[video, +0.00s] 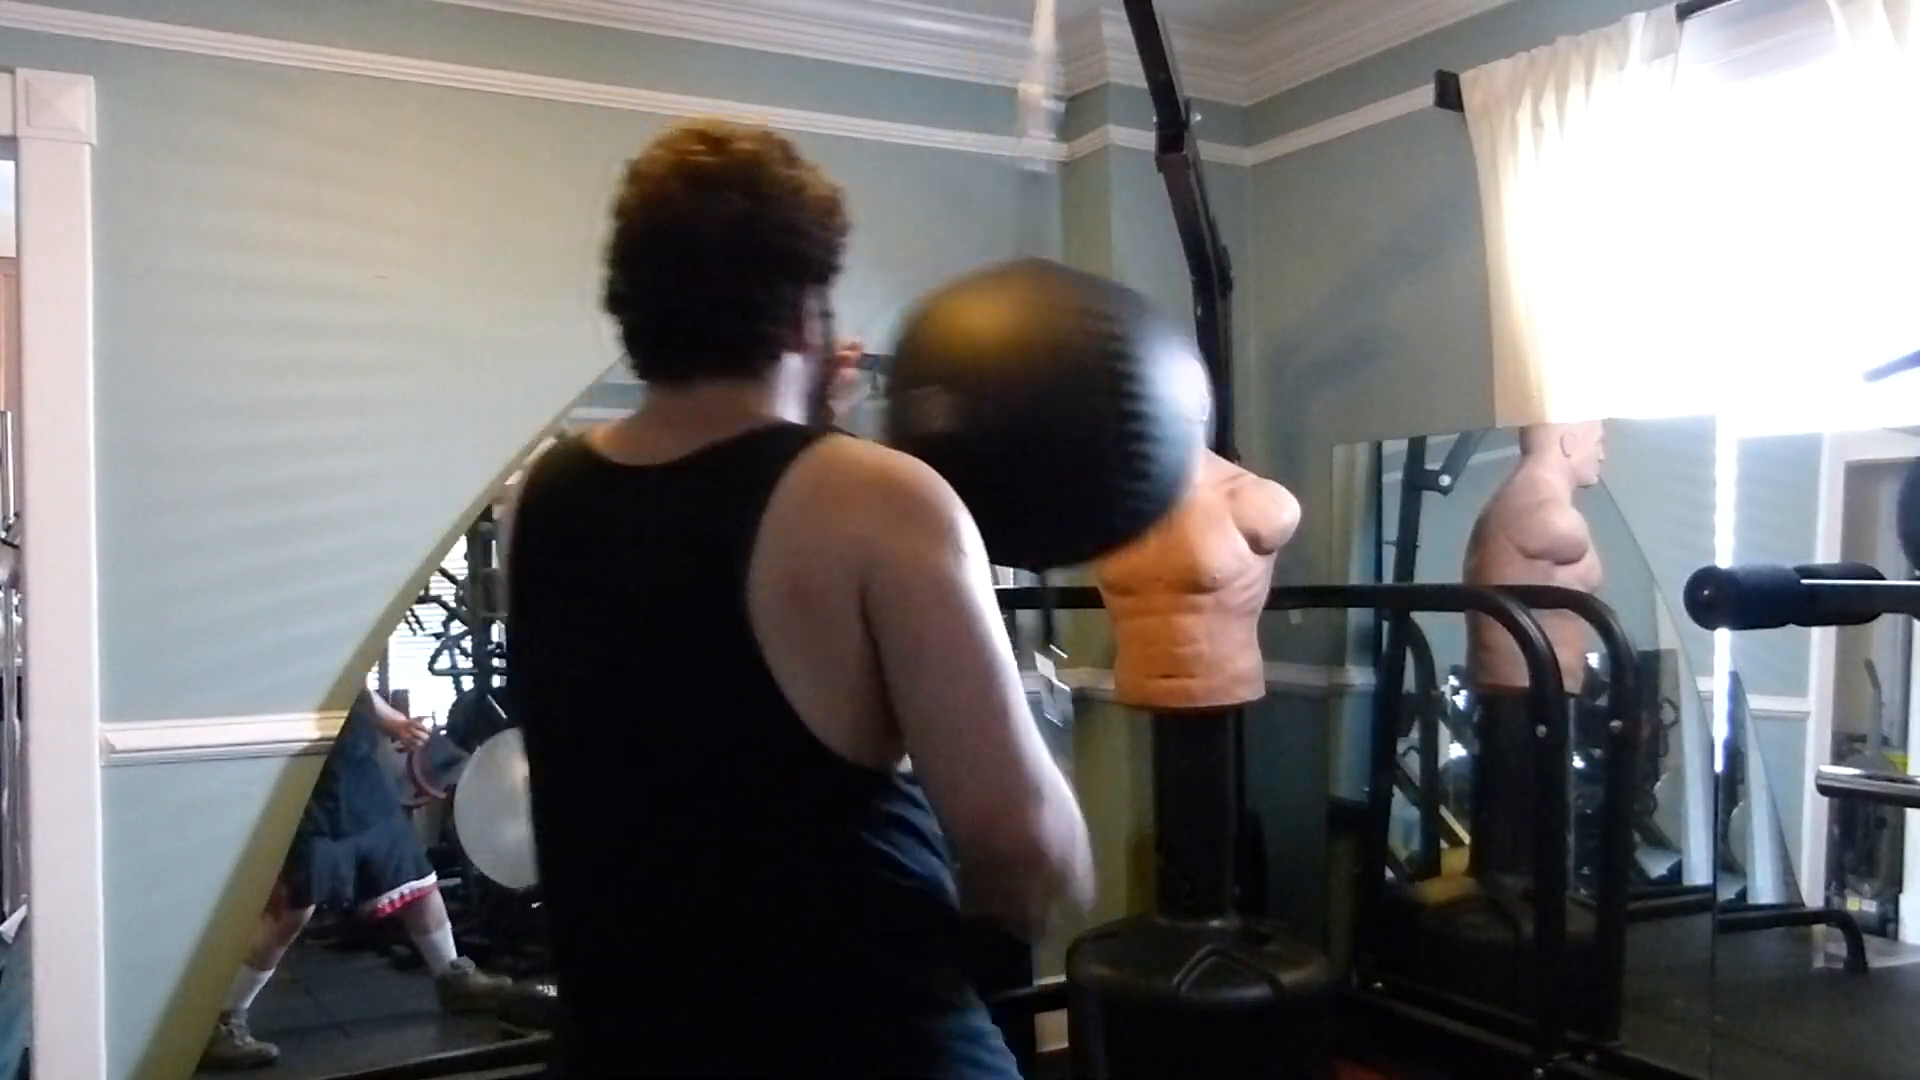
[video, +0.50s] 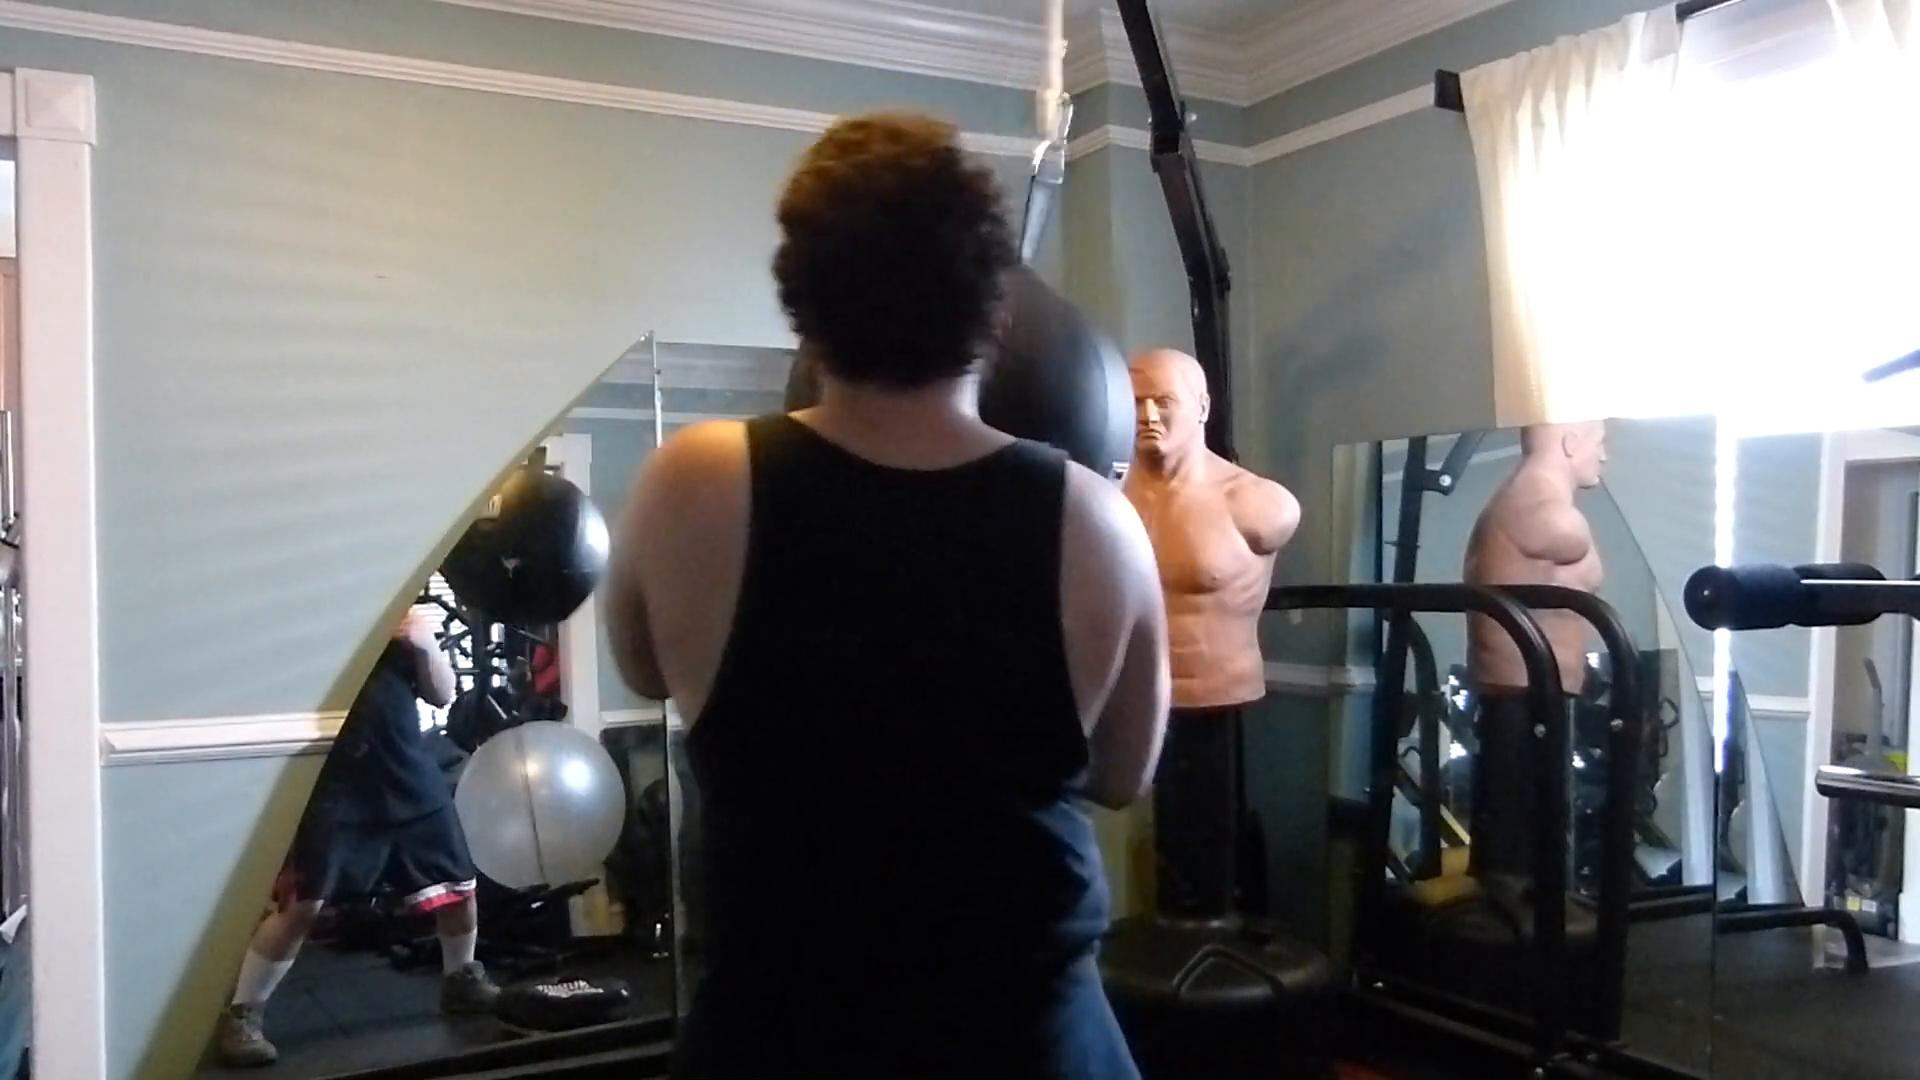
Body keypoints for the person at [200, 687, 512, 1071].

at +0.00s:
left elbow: (345, 671)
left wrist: (386, 717)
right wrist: (382, 715)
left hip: (359, 768)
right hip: (302, 779)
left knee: (416, 878)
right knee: (292, 906)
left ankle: (454, 976)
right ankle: (227, 1021)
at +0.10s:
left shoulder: (372, 642)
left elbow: (378, 715)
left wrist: (434, 727)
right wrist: (438, 726)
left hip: (386, 784)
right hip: (329, 791)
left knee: (442, 880)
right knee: (298, 911)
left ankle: (458, 981)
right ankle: (225, 1023)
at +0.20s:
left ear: (391, 584)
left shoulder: (401, 633)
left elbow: (459, 681)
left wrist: (507, 644)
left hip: (401, 790)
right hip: (334, 796)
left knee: (457, 877)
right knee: (314, 906)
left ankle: (464, 980)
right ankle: (230, 1016)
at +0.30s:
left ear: (404, 571)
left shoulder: (412, 620)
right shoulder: (326, 622)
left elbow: (462, 679)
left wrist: (472, 619)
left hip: (415, 773)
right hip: (337, 777)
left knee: (465, 883)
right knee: (320, 897)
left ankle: (463, 980)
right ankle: (242, 1009)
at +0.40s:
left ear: (408, 565)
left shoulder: (412, 614)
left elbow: (452, 694)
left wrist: (442, 633)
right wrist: (385, 618)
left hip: (417, 769)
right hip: (339, 775)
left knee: (464, 883)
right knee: (307, 897)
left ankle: (463, 981)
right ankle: (244, 1013)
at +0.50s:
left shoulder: (404, 611)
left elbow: (442, 694)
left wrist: (426, 645)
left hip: (409, 770)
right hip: (331, 778)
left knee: (458, 884)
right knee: (302, 902)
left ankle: (462, 980)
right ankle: (243, 1015)